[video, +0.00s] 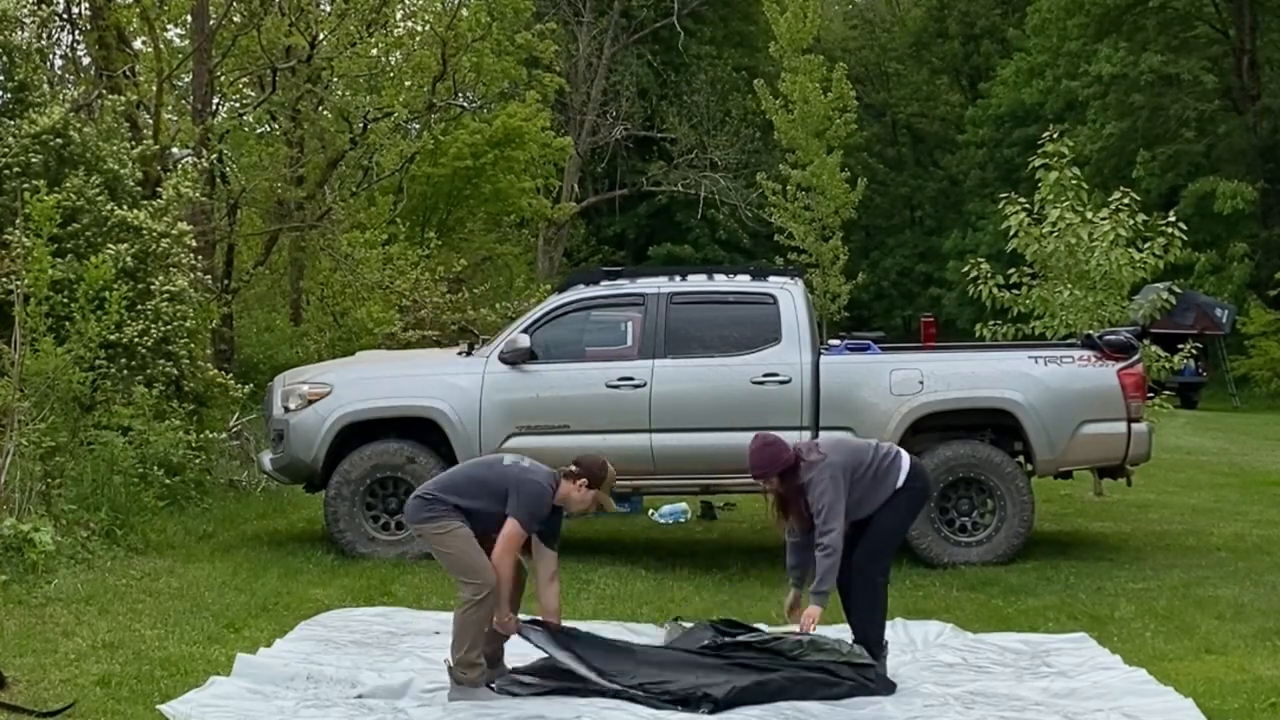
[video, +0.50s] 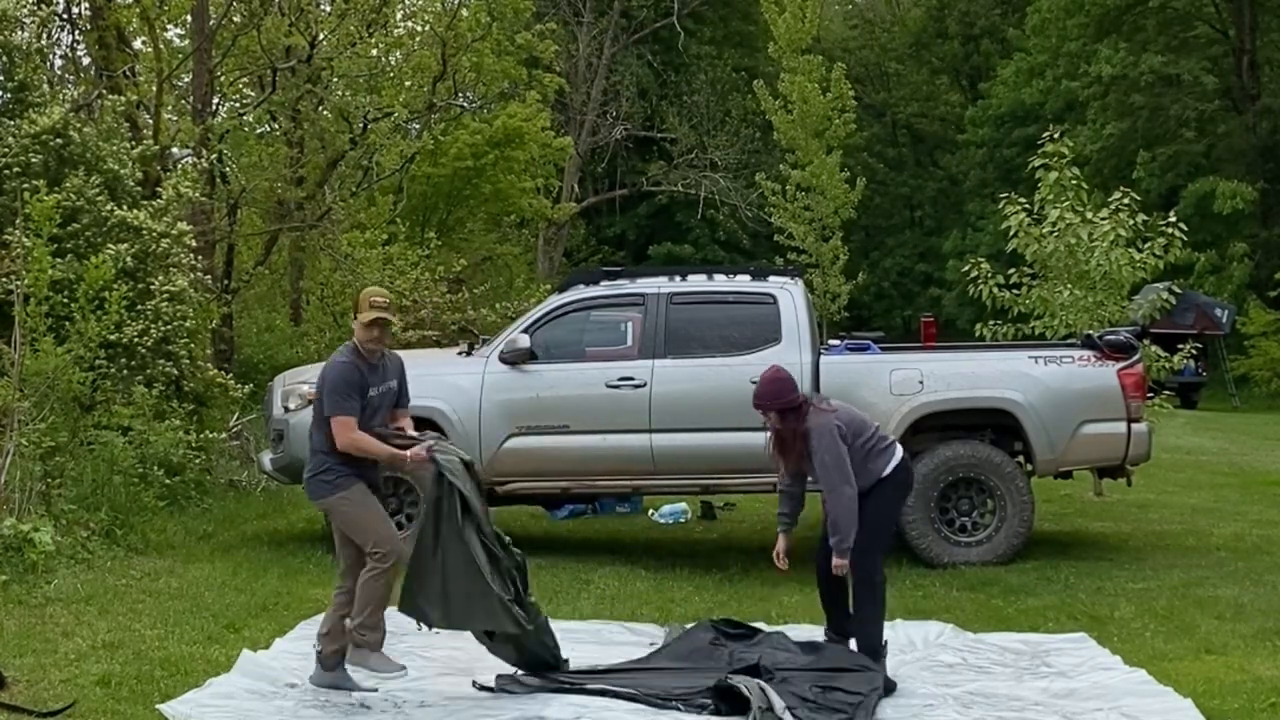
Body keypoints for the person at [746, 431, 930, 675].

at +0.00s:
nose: (765, 487)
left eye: (768, 480)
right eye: (761, 481)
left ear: (783, 470)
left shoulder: (824, 470)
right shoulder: (793, 475)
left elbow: (830, 539)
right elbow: (798, 532)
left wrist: (817, 603)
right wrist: (795, 587)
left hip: (905, 482)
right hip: (873, 488)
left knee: (867, 565)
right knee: (845, 567)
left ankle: (872, 660)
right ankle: (867, 650)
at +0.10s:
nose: (771, 486)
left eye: (774, 479)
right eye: (767, 481)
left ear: (788, 470)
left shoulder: (827, 470)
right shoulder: (796, 478)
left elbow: (846, 542)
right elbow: (796, 536)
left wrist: (825, 597)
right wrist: (792, 592)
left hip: (907, 483)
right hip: (871, 489)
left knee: (870, 567)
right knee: (848, 571)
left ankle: (871, 659)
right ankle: (868, 652)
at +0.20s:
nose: (780, 477)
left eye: (781, 470)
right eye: (775, 472)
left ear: (794, 463)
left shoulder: (833, 469)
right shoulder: (799, 475)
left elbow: (855, 530)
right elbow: (797, 533)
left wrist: (852, 593)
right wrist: (792, 587)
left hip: (907, 481)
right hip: (875, 488)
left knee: (874, 569)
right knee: (845, 570)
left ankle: (873, 663)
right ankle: (868, 656)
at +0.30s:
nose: (783, 460)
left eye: (786, 454)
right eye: (778, 455)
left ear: (802, 447)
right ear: (778, 452)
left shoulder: (837, 457)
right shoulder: (801, 462)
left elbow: (858, 518)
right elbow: (800, 517)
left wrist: (858, 583)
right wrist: (797, 574)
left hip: (906, 481)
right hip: (872, 491)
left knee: (876, 568)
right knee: (848, 574)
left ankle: (872, 662)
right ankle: (868, 657)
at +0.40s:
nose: (779, 437)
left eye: (782, 431)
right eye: (777, 432)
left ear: (796, 427)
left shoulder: (834, 441)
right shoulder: (798, 444)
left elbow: (854, 502)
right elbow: (799, 496)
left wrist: (861, 566)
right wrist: (800, 550)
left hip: (900, 481)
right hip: (866, 488)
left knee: (873, 572)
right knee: (849, 572)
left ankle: (873, 667)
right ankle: (869, 657)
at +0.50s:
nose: (766, 419)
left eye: (768, 412)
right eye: (763, 413)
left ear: (782, 410)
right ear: (784, 406)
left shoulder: (821, 425)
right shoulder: (791, 427)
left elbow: (842, 488)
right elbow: (792, 479)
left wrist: (842, 549)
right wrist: (784, 531)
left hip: (887, 477)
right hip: (851, 484)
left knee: (864, 562)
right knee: (827, 560)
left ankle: (871, 661)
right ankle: (838, 640)